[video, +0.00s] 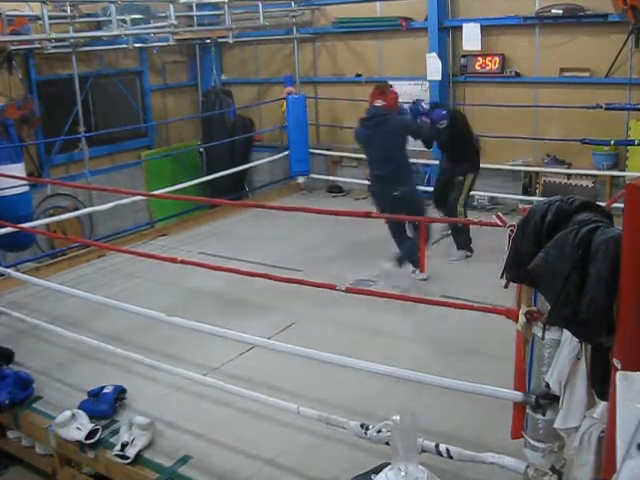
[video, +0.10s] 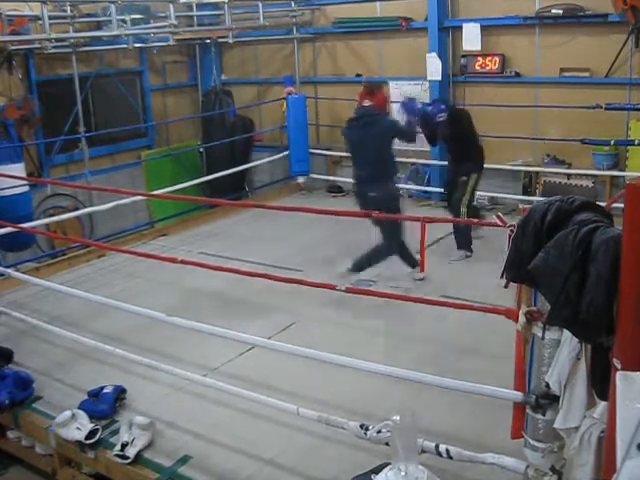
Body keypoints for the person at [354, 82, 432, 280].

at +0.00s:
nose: (396, 105)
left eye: (395, 102)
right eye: (395, 102)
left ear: (371, 103)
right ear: (391, 103)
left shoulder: (363, 129)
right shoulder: (399, 122)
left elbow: (360, 134)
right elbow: (424, 132)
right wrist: (426, 124)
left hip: (379, 186)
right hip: (402, 183)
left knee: (397, 228)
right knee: (421, 226)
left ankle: (417, 266)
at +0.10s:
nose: (387, 102)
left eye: (386, 98)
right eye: (385, 99)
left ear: (361, 101)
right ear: (377, 101)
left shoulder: (351, 127)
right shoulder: (385, 123)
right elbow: (410, 136)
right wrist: (411, 115)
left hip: (362, 190)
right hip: (385, 189)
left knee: (392, 235)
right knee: (392, 242)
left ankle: (416, 266)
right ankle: (352, 271)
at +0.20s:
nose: (377, 111)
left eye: (377, 106)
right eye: (375, 107)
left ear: (354, 106)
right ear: (364, 108)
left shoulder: (340, 131)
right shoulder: (371, 134)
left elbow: (337, 159)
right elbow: (392, 158)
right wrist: (399, 133)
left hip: (344, 196)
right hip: (363, 197)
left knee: (379, 226)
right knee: (357, 252)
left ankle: (401, 266)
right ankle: (316, 286)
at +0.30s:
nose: (372, 122)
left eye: (372, 118)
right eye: (371, 118)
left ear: (349, 116)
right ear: (364, 119)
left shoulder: (335, 137)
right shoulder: (358, 144)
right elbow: (378, 171)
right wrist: (387, 144)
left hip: (334, 204)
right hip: (345, 208)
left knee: (373, 221)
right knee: (335, 258)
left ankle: (382, 265)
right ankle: (295, 296)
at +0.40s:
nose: (373, 118)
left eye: (373, 114)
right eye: (371, 114)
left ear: (354, 112)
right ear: (362, 115)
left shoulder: (343, 129)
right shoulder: (348, 135)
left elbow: (362, 151)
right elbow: (370, 163)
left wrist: (374, 134)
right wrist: (383, 140)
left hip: (336, 197)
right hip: (334, 200)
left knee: (367, 219)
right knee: (330, 253)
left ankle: (366, 265)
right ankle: (295, 295)